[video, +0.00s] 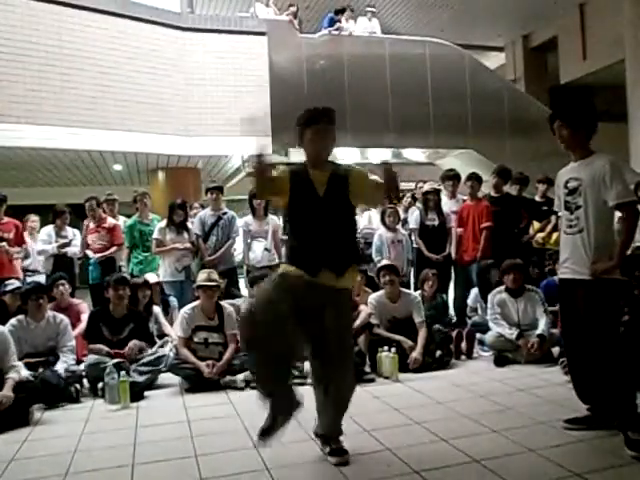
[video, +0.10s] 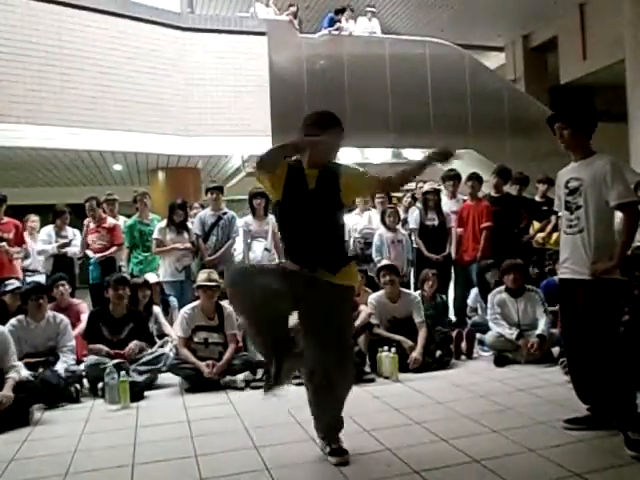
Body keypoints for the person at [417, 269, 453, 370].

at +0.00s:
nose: (431, 284)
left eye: (434, 281)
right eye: (428, 281)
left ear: (437, 284)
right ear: (422, 283)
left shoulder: (441, 299)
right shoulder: (416, 298)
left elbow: (445, 316)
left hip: (439, 328)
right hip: (423, 329)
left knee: (437, 329)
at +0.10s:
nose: (431, 284)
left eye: (434, 281)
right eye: (428, 280)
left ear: (437, 284)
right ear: (422, 283)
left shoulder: (441, 300)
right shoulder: (416, 299)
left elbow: (444, 319)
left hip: (439, 330)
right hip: (423, 330)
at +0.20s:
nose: (430, 284)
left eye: (433, 281)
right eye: (427, 281)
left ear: (437, 284)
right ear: (422, 283)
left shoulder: (441, 300)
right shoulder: (416, 299)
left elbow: (444, 319)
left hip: (437, 331)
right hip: (422, 331)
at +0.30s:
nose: (429, 289)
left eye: (432, 286)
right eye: (427, 286)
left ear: (435, 286)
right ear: (421, 286)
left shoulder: (441, 300)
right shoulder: (415, 299)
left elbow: (446, 317)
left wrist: (447, 325)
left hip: (439, 329)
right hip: (424, 330)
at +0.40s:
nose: (429, 284)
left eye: (431, 282)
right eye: (425, 282)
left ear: (434, 284)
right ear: (420, 284)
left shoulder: (440, 298)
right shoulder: (415, 299)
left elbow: (449, 314)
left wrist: (457, 324)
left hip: (442, 330)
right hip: (425, 331)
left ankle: (465, 349)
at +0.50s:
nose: (428, 285)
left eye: (430, 282)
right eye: (425, 282)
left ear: (434, 283)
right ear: (420, 284)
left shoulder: (440, 298)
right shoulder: (415, 298)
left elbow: (452, 310)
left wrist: (460, 318)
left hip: (441, 331)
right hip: (424, 332)